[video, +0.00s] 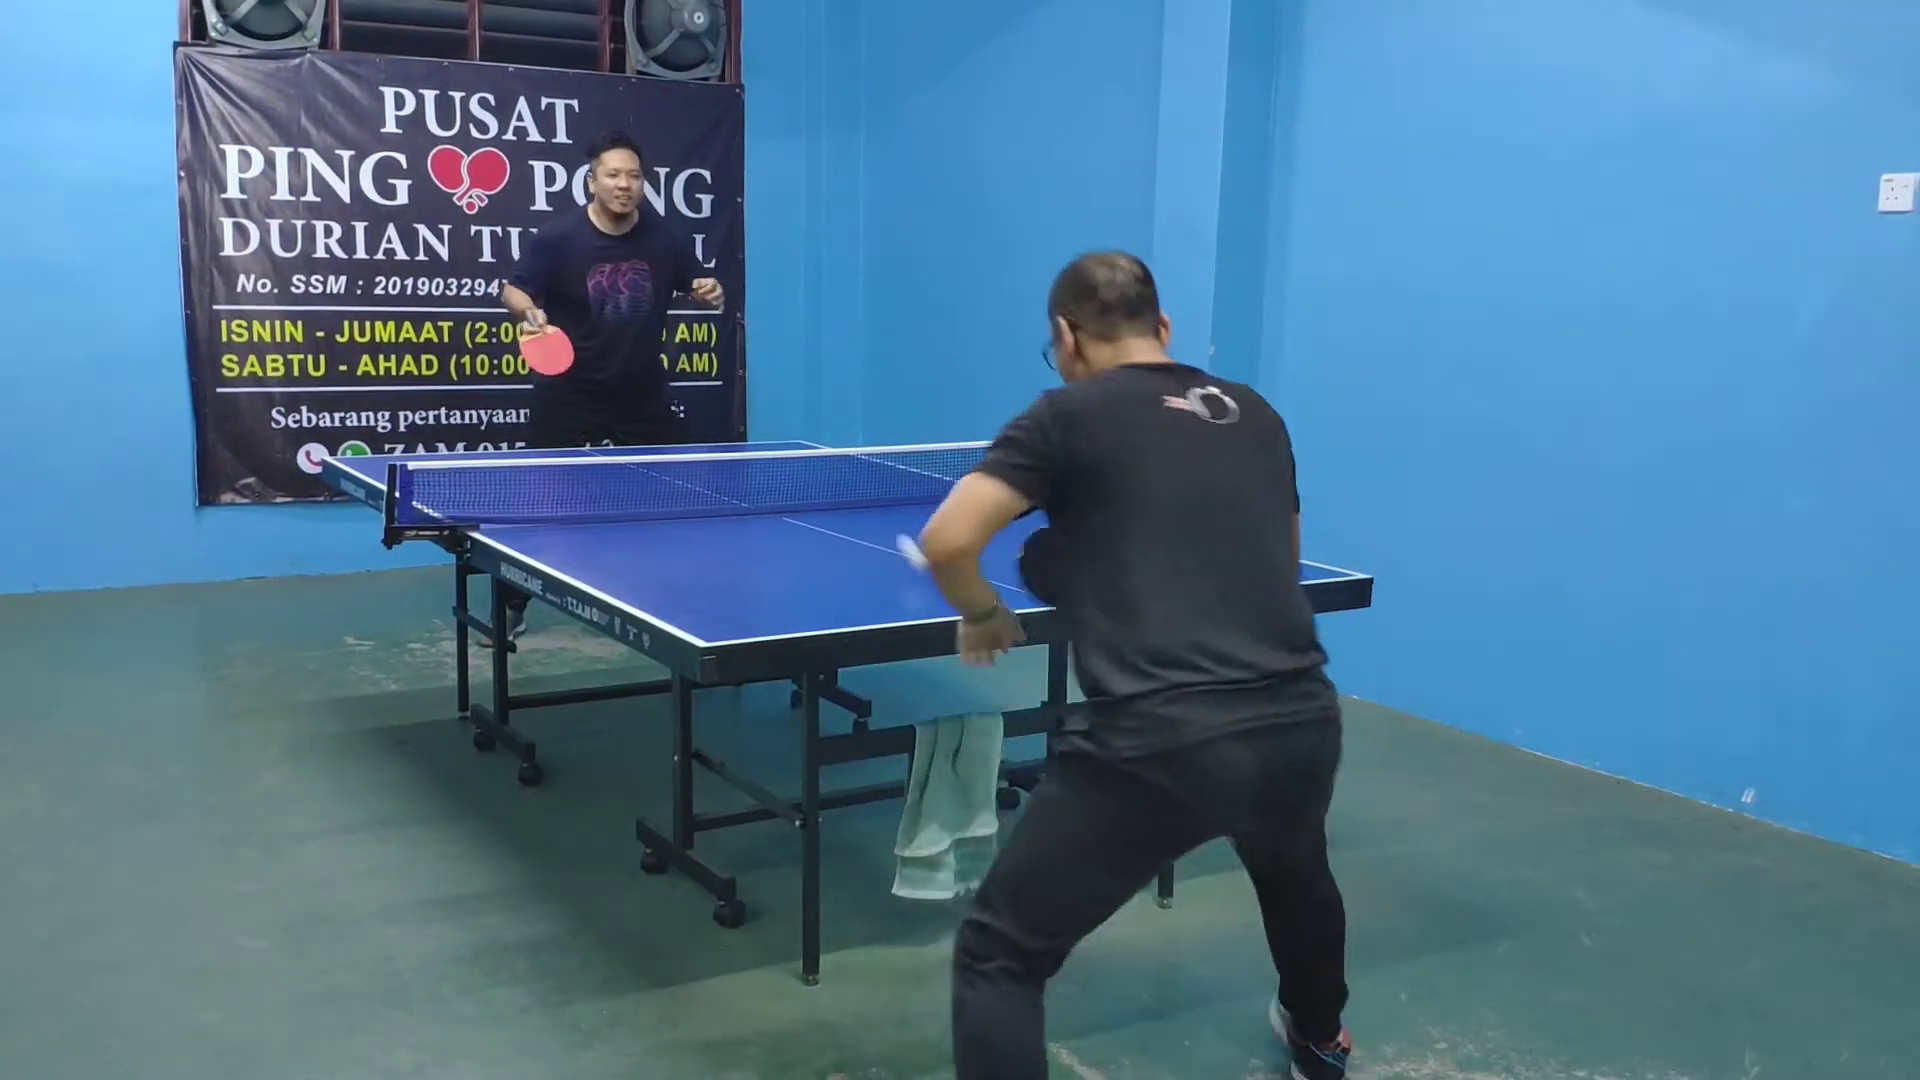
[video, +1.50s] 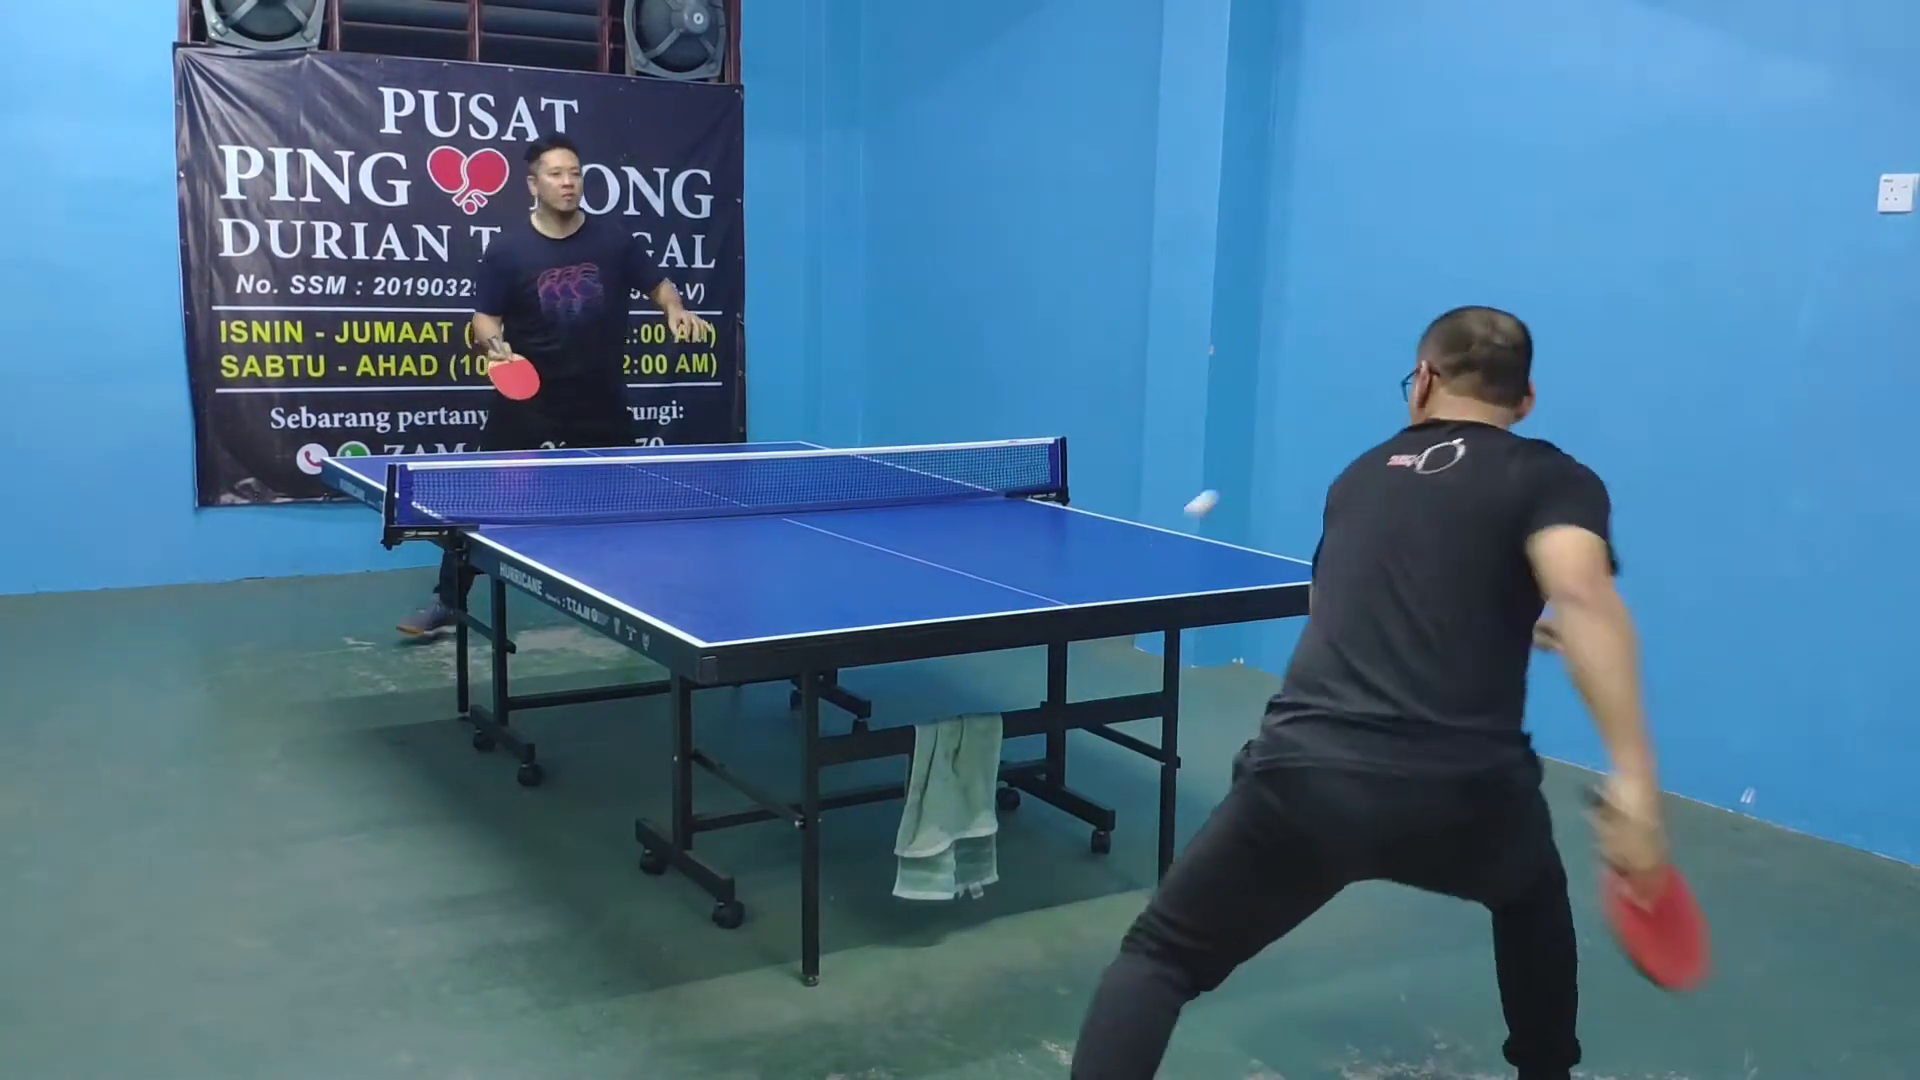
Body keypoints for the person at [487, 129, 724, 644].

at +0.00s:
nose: (624, 184)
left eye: (632, 176)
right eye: (613, 175)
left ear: (643, 183)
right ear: (592, 181)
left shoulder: (662, 237)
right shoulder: (558, 239)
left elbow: (695, 283)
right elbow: (512, 289)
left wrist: (709, 291)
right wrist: (528, 311)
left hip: (642, 394)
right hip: (567, 396)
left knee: (675, 489)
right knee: (543, 497)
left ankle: (675, 601)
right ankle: (511, 602)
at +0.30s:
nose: (615, 191)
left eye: (623, 181)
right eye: (603, 182)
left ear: (637, 186)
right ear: (585, 188)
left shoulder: (665, 240)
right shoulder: (559, 244)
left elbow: (714, 286)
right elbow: (531, 308)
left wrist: (712, 294)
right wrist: (545, 327)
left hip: (650, 395)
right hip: (575, 397)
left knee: (673, 493)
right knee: (544, 495)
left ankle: (676, 602)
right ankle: (511, 602)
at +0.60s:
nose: (553, 208)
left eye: (563, 197)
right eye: (546, 199)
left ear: (593, 197)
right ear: (539, 201)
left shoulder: (637, 243)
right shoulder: (530, 259)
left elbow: (694, 289)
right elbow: (485, 314)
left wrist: (694, 315)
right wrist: (432, 329)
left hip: (633, 408)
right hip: (555, 410)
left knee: (658, 510)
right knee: (511, 500)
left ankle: (665, 618)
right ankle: (471, 616)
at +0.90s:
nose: (472, 221)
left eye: (482, 209)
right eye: (463, 211)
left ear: (511, 208)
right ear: (456, 213)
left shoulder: (558, 243)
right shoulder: (457, 278)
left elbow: (612, 273)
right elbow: (432, 344)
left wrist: (648, 308)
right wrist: (420, 373)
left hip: (584, 404)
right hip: (506, 412)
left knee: (645, 495)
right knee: (477, 509)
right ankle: (451, 621)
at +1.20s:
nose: (517, 199)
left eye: (524, 189)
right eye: (504, 191)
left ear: (535, 194)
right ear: (484, 201)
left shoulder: (568, 243)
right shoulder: (469, 267)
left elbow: (613, 280)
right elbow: (448, 340)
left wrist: (645, 298)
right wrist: (475, 355)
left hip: (578, 405)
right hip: (507, 411)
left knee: (626, 499)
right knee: (483, 511)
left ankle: (660, 613)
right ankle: (452, 621)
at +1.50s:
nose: (568, 182)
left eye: (574, 173)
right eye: (556, 174)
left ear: (583, 180)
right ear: (533, 184)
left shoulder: (612, 239)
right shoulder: (509, 247)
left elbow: (656, 283)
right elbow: (484, 316)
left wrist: (677, 310)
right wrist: (494, 340)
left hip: (600, 399)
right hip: (528, 404)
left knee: (636, 498)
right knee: (476, 494)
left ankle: (659, 609)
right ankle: (449, 601)